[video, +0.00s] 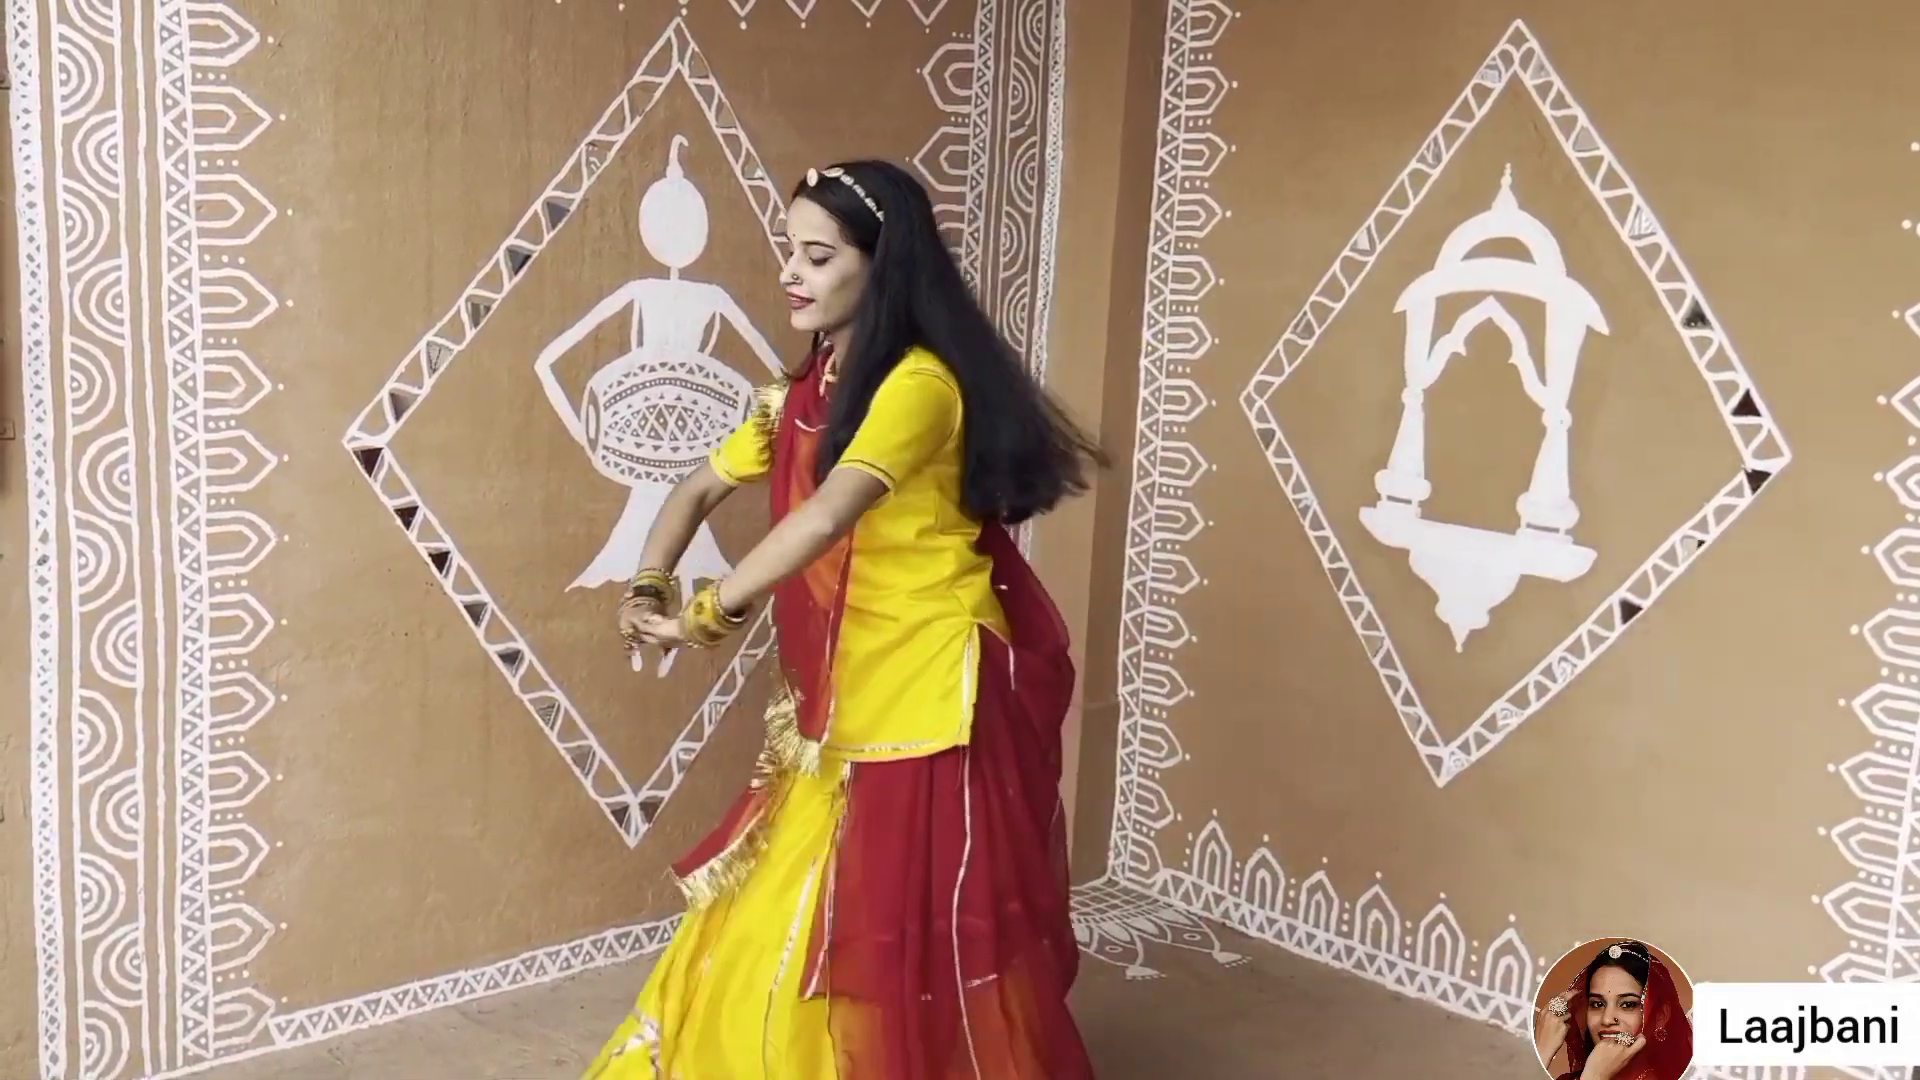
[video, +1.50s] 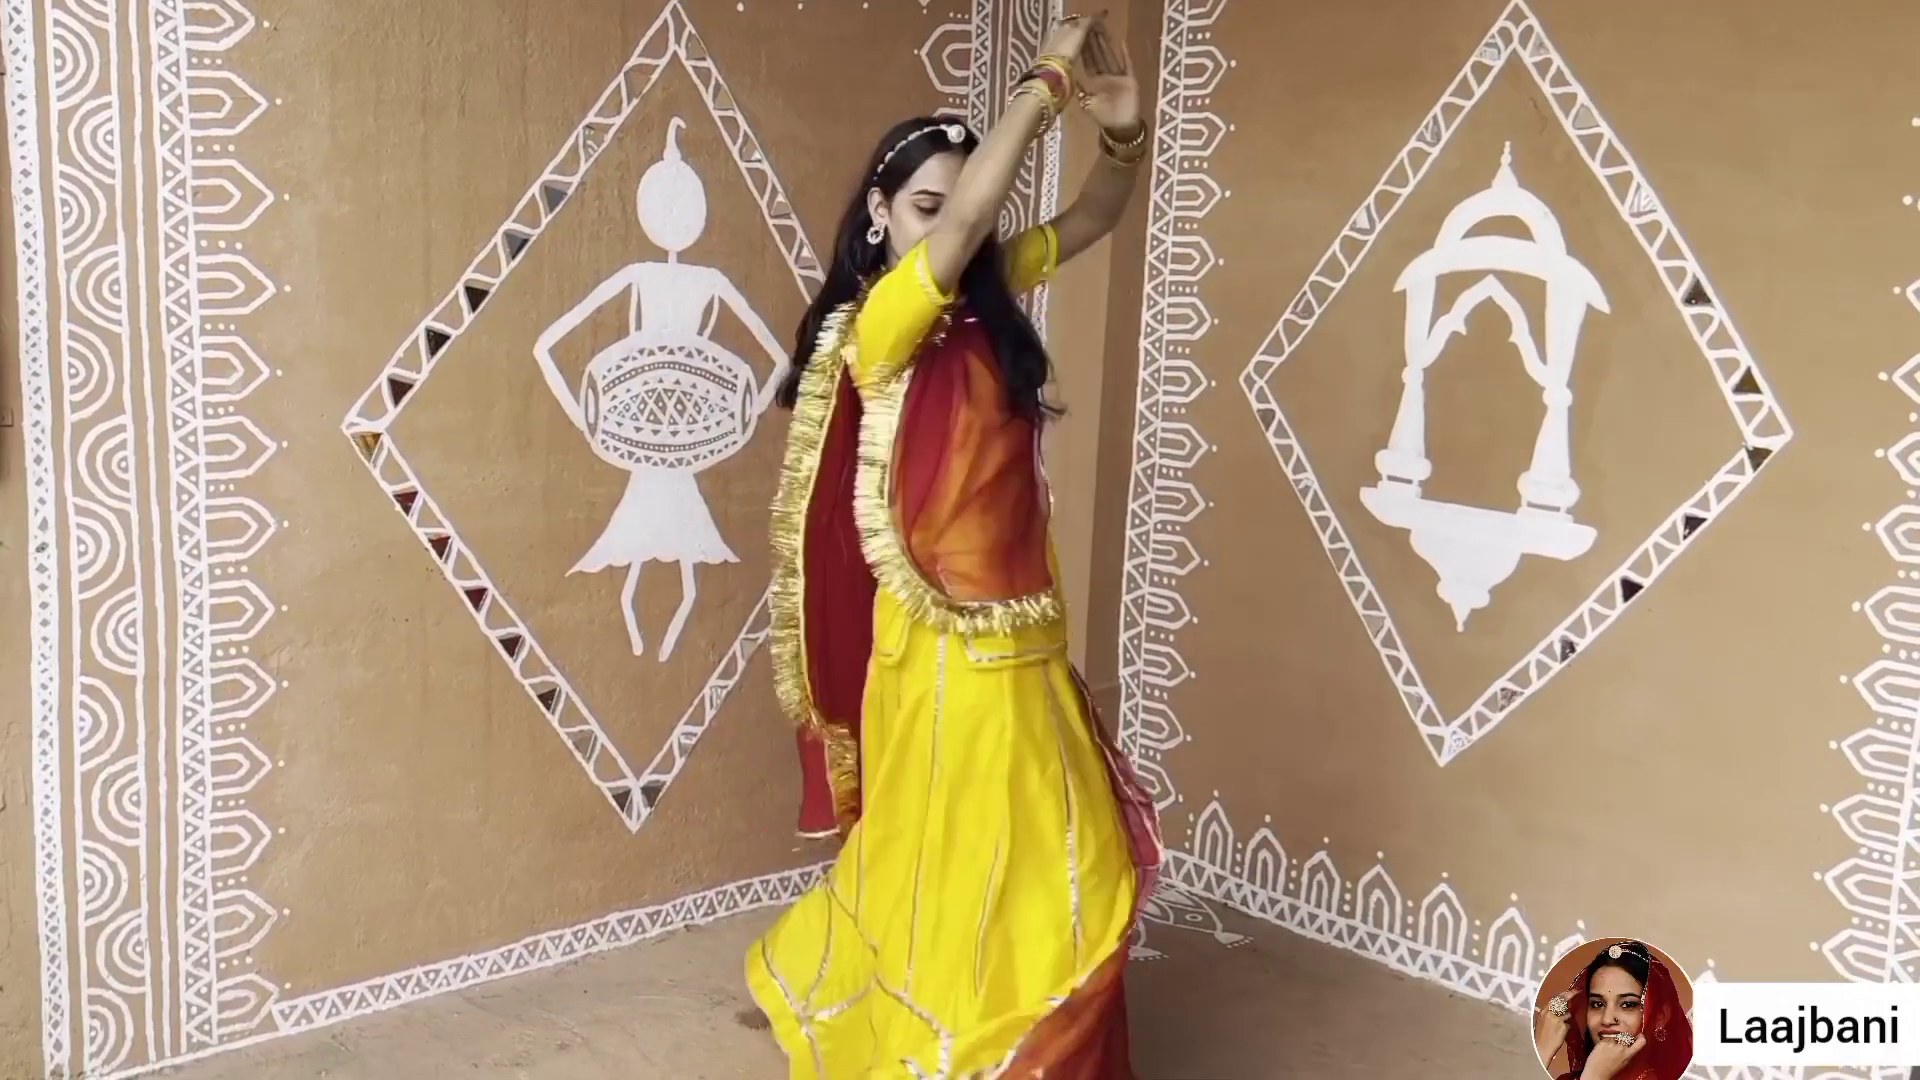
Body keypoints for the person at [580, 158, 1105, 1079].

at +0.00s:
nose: (792, 277)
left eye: (816, 255)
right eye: (788, 255)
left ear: (883, 263)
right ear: (793, 263)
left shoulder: (919, 383)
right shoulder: (807, 384)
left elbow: (830, 512)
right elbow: (699, 488)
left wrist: (711, 610)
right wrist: (652, 581)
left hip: (945, 702)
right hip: (846, 700)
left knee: (906, 946)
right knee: (771, 935)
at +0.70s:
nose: (819, 264)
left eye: (842, 242)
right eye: (813, 243)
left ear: (905, 243)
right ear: (814, 248)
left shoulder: (951, 350)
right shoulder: (838, 357)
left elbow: (901, 455)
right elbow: (730, 410)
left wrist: (804, 512)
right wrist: (716, 473)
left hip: (947, 661)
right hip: (843, 657)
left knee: (918, 891)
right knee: (802, 881)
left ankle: (920, 1066)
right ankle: (801, 1058)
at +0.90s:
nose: (835, 236)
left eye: (855, 213)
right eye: (827, 215)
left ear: (919, 209)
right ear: (828, 218)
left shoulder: (980, 317)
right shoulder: (827, 306)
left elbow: (944, 448)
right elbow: (691, 302)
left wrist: (816, 452)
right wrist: (670, 355)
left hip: (950, 644)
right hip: (841, 638)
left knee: (923, 873)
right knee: (830, 870)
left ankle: (940, 1065)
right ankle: (832, 1061)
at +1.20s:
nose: (857, 275)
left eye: (878, 251)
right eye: (845, 254)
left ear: (939, 245)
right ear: (833, 251)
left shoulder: (1015, 331)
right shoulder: (839, 335)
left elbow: (1051, 409)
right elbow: (718, 286)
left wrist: (903, 351)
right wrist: (778, 214)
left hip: (980, 666)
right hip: (852, 661)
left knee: (950, 894)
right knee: (844, 887)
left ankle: (947, 1062)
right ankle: (833, 1055)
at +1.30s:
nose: (870, 271)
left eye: (893, 250)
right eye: (856, 250)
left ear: (942, 255)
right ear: (843, 256)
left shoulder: (1002, 348)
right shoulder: (841, 351)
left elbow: (1112, 363)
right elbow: (760, 281)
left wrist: (999, 287)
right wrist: (861, 180)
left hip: (992, 664)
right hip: (867, 663)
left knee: (983, 890)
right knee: (860, 878)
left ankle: (986, 1056)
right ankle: (837, 1052)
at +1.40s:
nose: (890, 263)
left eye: (914, 243)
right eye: (877, 242)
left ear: (953, 248)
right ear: (857, 253)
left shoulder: (998, 336)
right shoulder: (845, 356)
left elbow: (1136, 301)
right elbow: (823, 260)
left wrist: (1076, 206)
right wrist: (939, 149)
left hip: (1018, 667)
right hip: (903, 676)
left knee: (1053, 890)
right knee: (931, 898)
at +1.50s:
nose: (946, 223)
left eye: (963, 203)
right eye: (924, 203)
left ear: (978, 212)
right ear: (876, 219)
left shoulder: (984, 290)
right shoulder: (871, 332)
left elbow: (1091, 218)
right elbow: (960, 233)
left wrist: (1127, 137)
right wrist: (1043, 88)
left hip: (1027, 641)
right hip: (950, 653)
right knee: (1070, 881)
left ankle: (799, 974)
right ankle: (1008, 1060)